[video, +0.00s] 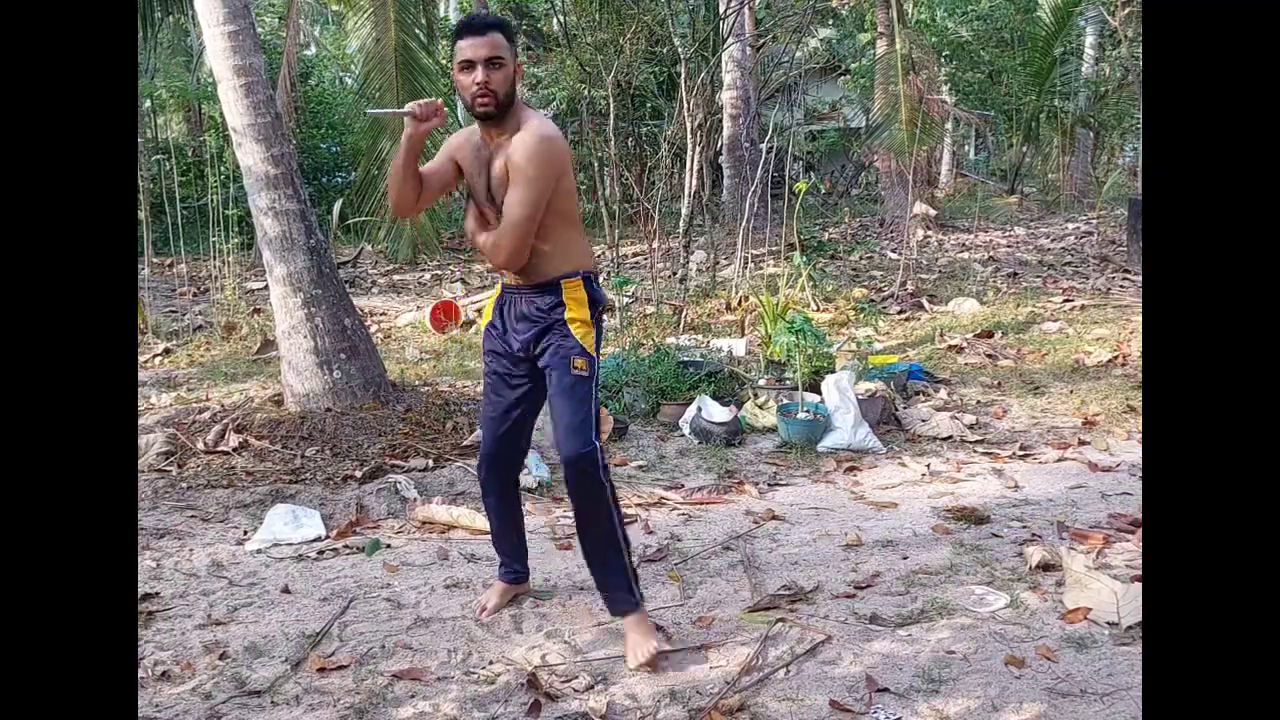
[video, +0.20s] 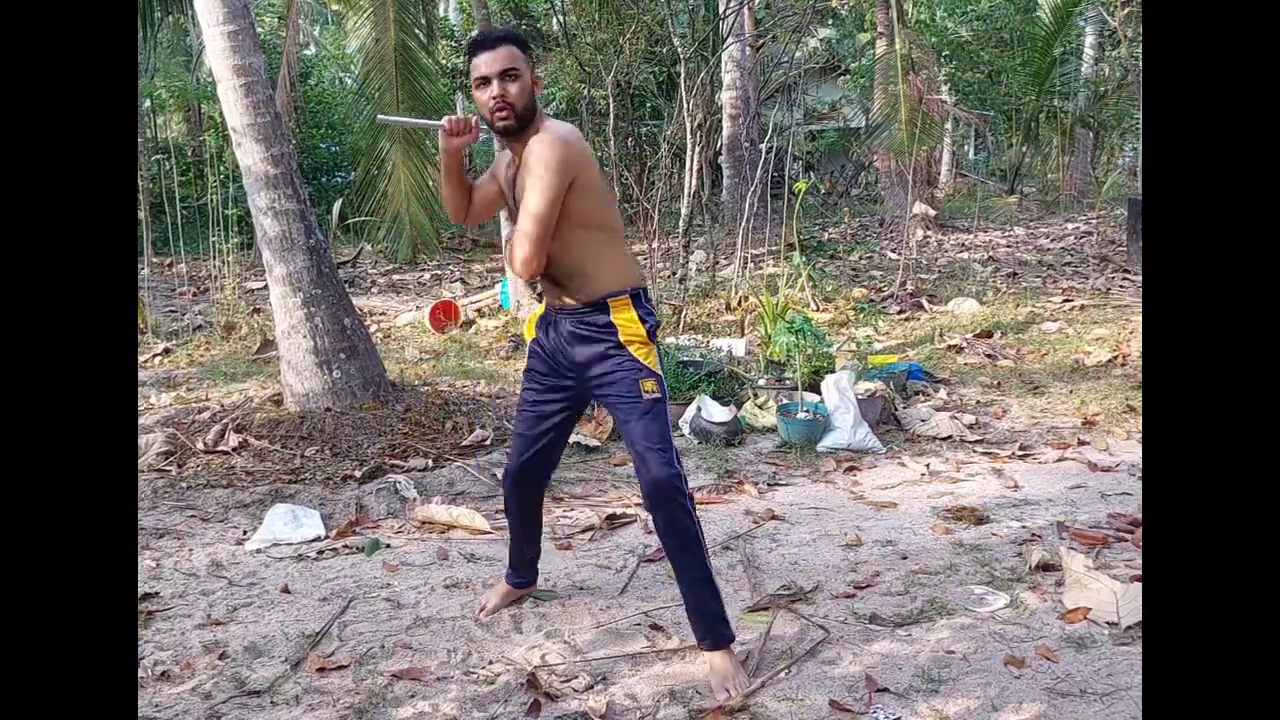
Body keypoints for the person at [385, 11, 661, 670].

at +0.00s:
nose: (481, 78)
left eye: (494, 63)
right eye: (468, 67)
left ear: (518, 70)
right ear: (455, 77)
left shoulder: (537, 140)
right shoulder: (465, 141)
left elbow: (507, 255)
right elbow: (404, 204)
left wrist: (475, 216)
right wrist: (409, 140)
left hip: (567, 308)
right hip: (511, 311)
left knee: (577, 454)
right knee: (495, 459)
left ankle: (630, 612)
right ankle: (513, 576)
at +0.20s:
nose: (498, 92)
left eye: (510, 76)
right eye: (484, 83)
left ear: (536, 80)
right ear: (476, 94)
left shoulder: (553, 145)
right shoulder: (509, 157)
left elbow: (527, 265)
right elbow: (465, 211)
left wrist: (508, 227)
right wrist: (453, 156)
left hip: (618, 329)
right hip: (555, 332)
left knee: (660, 482)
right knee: (522, 471)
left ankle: (717, 643)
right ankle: (520, 578)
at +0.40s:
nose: (535, 89)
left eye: (542, 73)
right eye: (519, 81)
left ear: (560, 69)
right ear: (499, 90)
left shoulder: (603, 123)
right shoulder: (511, 170)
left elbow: (695, 130)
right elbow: (573, 192)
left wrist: (607, 128)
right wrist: (554, 111)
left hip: (656, 312)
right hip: (589, 321)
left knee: (695, 473)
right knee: (563, 470)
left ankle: (723, 643)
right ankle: (529, 564)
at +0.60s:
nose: (601, 73)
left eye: (606, 61)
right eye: (583, 62)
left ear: (610, 72)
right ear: (548, 77)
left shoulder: (605, 147)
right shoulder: (553, 153)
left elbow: (683, 213)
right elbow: (588, 265)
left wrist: (651, 173)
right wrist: (660, 290)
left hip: (633, 334)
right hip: (574, 338)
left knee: (703, 479)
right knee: (555, 489)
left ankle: (727, 641)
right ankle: (511, 579)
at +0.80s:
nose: (686, 86)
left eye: (694, 73)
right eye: (670, 70)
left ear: (699, 78)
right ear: (633, 72)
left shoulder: (688, 158)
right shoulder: (599, 141)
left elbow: (730, 255)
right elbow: (530, 220)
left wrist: (686, 230)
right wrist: (572, 310)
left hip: (666, 340)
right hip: (601, 342)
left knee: (729, 488)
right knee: (565, 483)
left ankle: (732, 644)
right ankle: (521, 573)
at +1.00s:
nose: (722, 78)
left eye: (737, 61)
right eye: (706, 61)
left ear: (752, 60)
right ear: (674, 57)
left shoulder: (766, 145)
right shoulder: (625, 129)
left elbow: (777, 258)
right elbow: (538, 201)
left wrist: (671, 254)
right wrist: (558, 236)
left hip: (714, 336)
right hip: (630, 332)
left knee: (741, 497)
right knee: (578, 477)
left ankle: (731, 644)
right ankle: (562, 574)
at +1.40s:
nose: (705, 59)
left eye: (723, 42)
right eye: (690, 41)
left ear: (745, 41)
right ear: (665, 41)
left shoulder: (775, 129)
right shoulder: (622, 117)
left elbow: (819, 239)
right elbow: (530, 160)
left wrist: (730, 252)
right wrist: (512, 138)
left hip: (735, 338)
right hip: (645, 333)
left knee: (751, 512)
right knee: (603, 500)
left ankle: (733, 644)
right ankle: (556, 661)